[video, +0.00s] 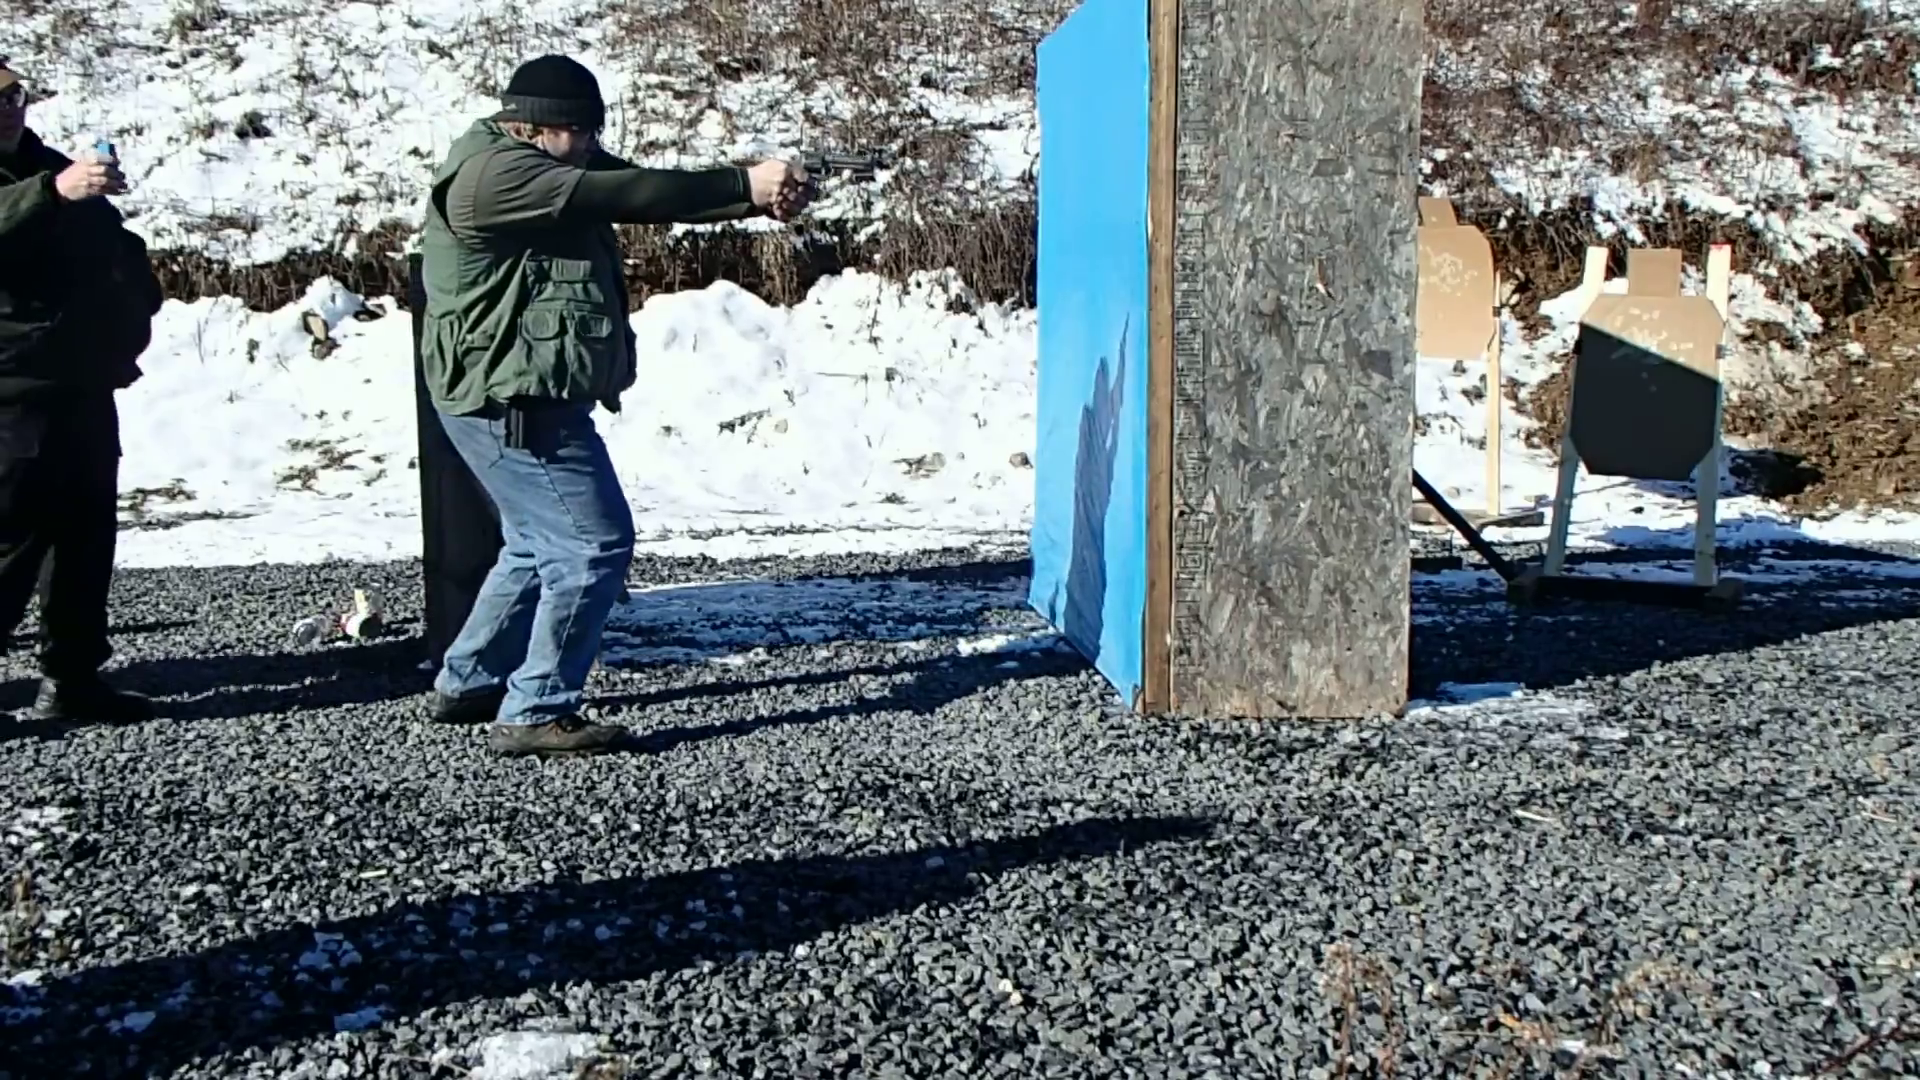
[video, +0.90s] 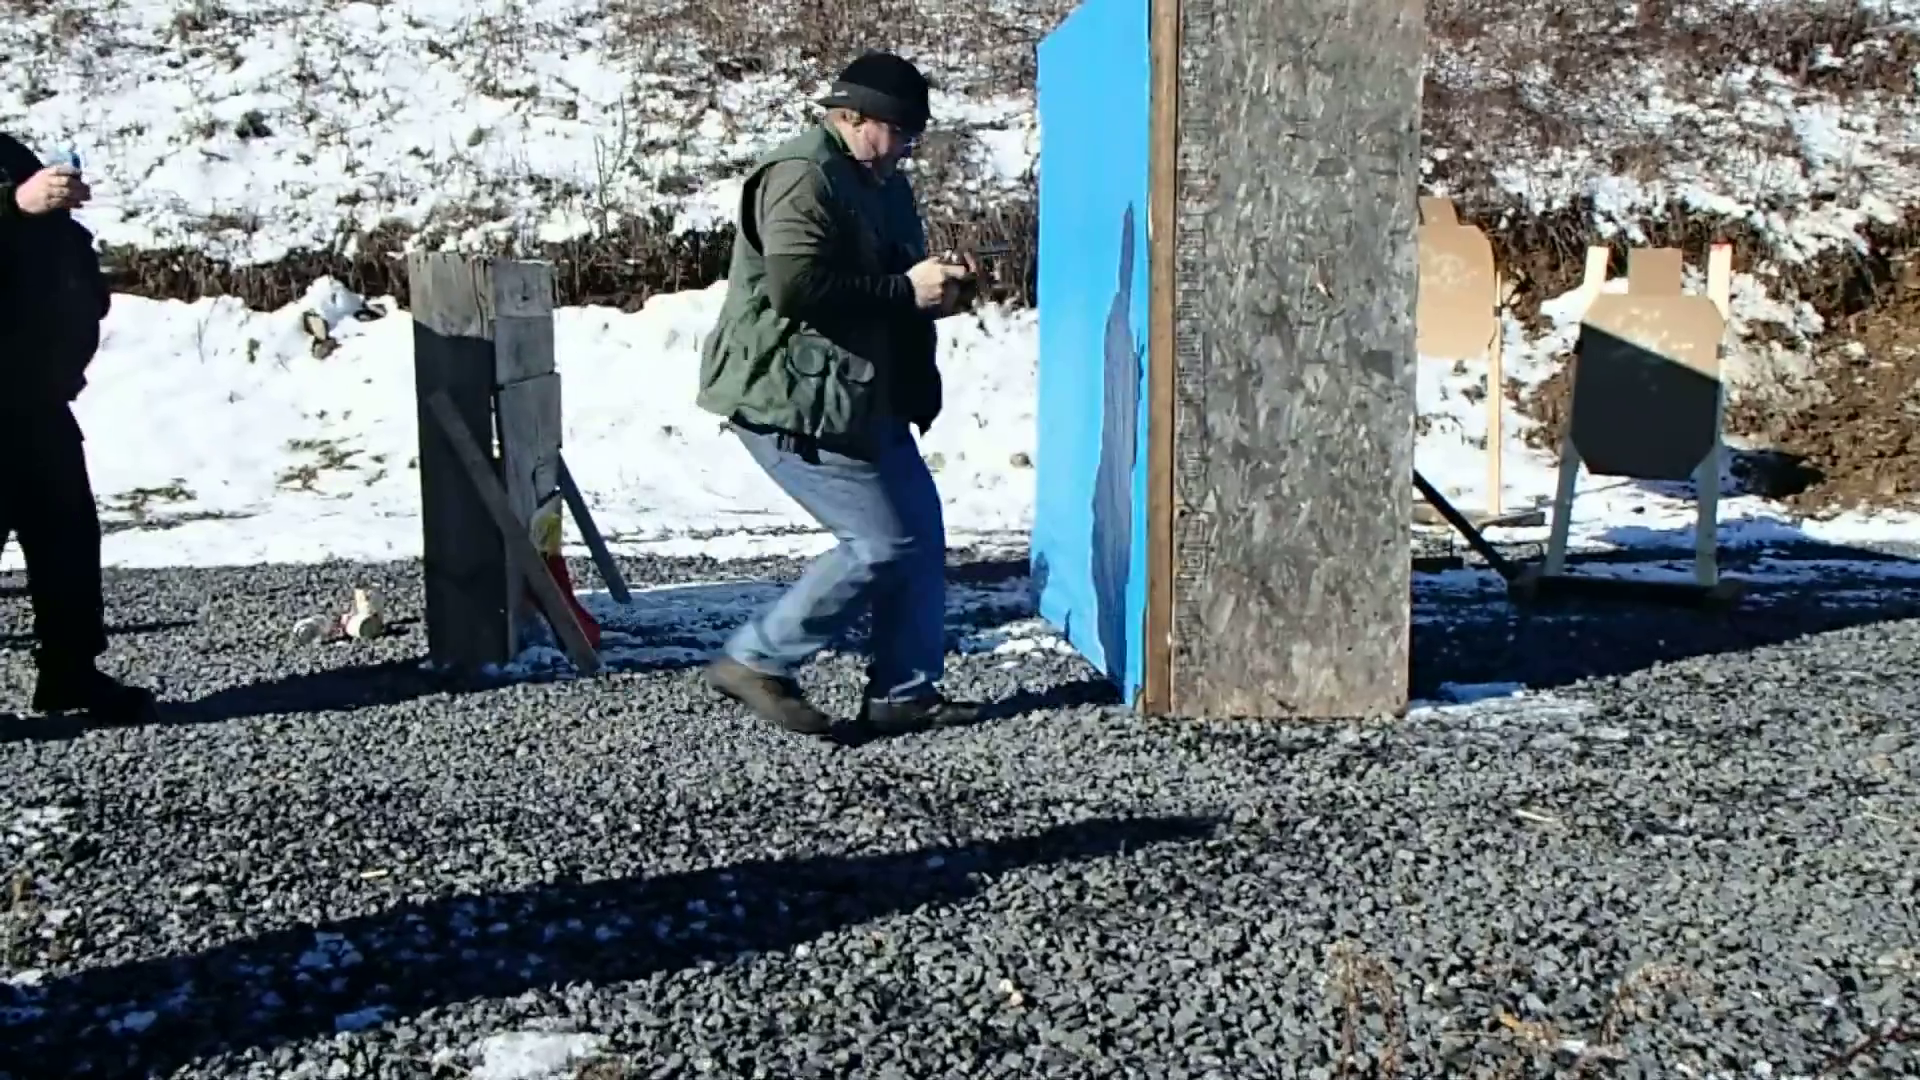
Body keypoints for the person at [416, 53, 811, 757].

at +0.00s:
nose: (594, 146)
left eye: (592, 131)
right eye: (584, 132)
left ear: (538, 125)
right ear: (543, 126)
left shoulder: (520, 165)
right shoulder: (498, 176)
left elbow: (636, 186)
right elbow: (625, 193)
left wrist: (747, 189)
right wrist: (748, 184)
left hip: (504, 395)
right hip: (513, 400)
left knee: (535, 544)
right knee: (596, 544)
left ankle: (466, 681)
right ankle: (538, 711)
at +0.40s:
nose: (660, 121)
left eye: (659, 109)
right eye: (652, 108)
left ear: (609, 111)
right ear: (608, 111)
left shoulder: (640, 169)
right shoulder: (544, 171)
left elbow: (687, 262)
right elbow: (622, 248)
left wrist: (747, 229)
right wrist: (734, 212)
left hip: (600, 402)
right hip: (563, 407)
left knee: (559, 544)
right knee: (622, 557)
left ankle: (470, 675)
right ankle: (538, 709)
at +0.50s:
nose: (697, 127)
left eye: (696, 113)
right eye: (689, 113)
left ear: (649, 111)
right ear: (648, 112)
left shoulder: (678, 177)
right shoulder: (580, 179)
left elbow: (699, 267)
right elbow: (615, 284)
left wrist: (766, 256)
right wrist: (720, 250)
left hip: (654, 402)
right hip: (584, 404)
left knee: (666, 550)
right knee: (628, 564)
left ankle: (517, 640)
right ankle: (539, 710)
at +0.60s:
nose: (740, 133)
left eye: (740, 119)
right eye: (731, 119)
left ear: (691, 117)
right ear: (690, 116)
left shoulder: (715, 189)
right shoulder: (633, 188)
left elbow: (710, 286)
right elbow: (641, 299)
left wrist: (772, 275)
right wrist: (745, 273)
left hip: (682, 407)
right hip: (618, 408)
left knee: (753, 520)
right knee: (647, 575)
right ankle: (534, 712)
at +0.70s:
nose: (795, 133)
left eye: (797, 119)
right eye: (789, 117)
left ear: (748, 115)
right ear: (749, 112)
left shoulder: (765, 181)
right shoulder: (699, 170)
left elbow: (763, 277)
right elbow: (684, 285)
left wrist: (818, 265)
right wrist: (794, 278)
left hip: (746, 410)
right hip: (688, 411)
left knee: (821, 507)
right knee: (671, 572)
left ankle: (843, 682)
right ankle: (536, 702)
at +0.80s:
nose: (854, 142)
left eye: (857, 128)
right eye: (847, 126)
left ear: (815, 119)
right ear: (807, 115)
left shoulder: (830, 185)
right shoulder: (754, 170)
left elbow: (832, 279)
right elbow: (741, 282)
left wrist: (895, 271)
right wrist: (850, 292)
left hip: (808, 407)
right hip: (740, 407)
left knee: (875, 522)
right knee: (760, 569)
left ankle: (894, 691)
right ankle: (596, 652)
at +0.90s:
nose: (910, 146)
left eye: (914, 132)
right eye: (903, 129)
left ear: (870, 120)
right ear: (859, 117)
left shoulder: (883, 183)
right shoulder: (800, 176)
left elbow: (888, 284)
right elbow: (797, 286)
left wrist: (937, 288)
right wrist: (906, 291)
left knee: (919, 528)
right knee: (879, 541)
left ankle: (901, 693)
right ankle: (753, 661)